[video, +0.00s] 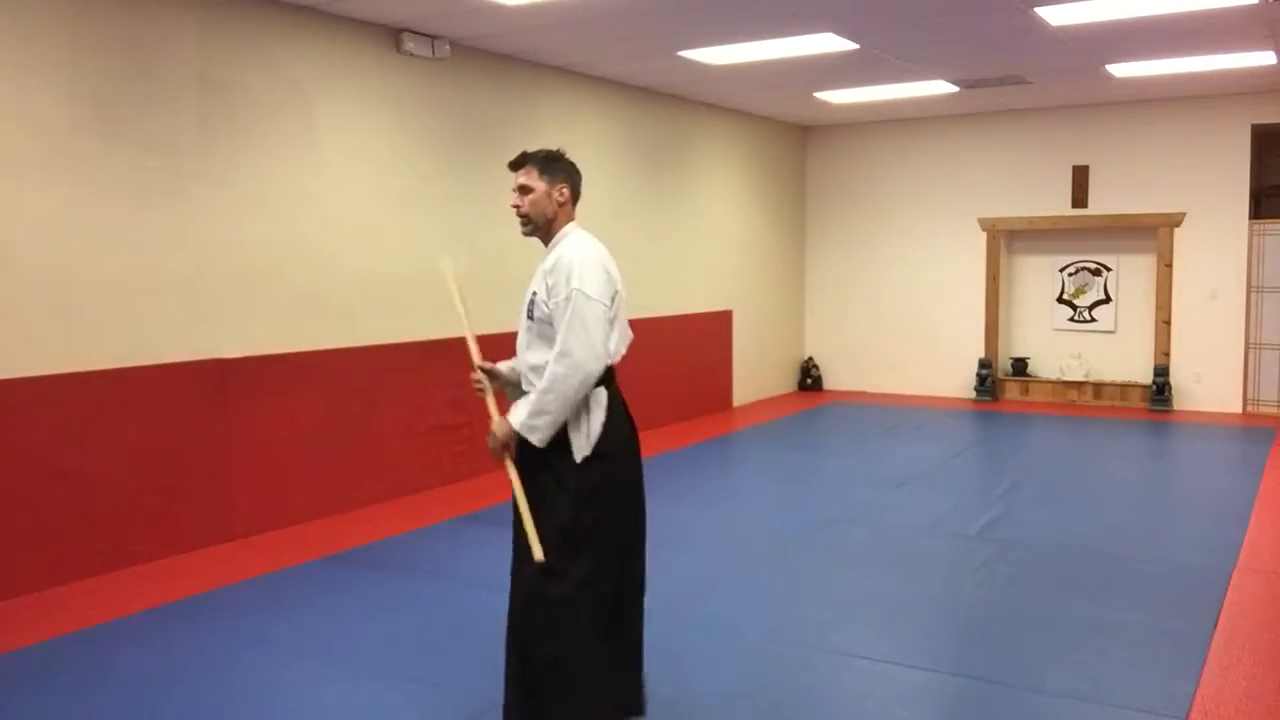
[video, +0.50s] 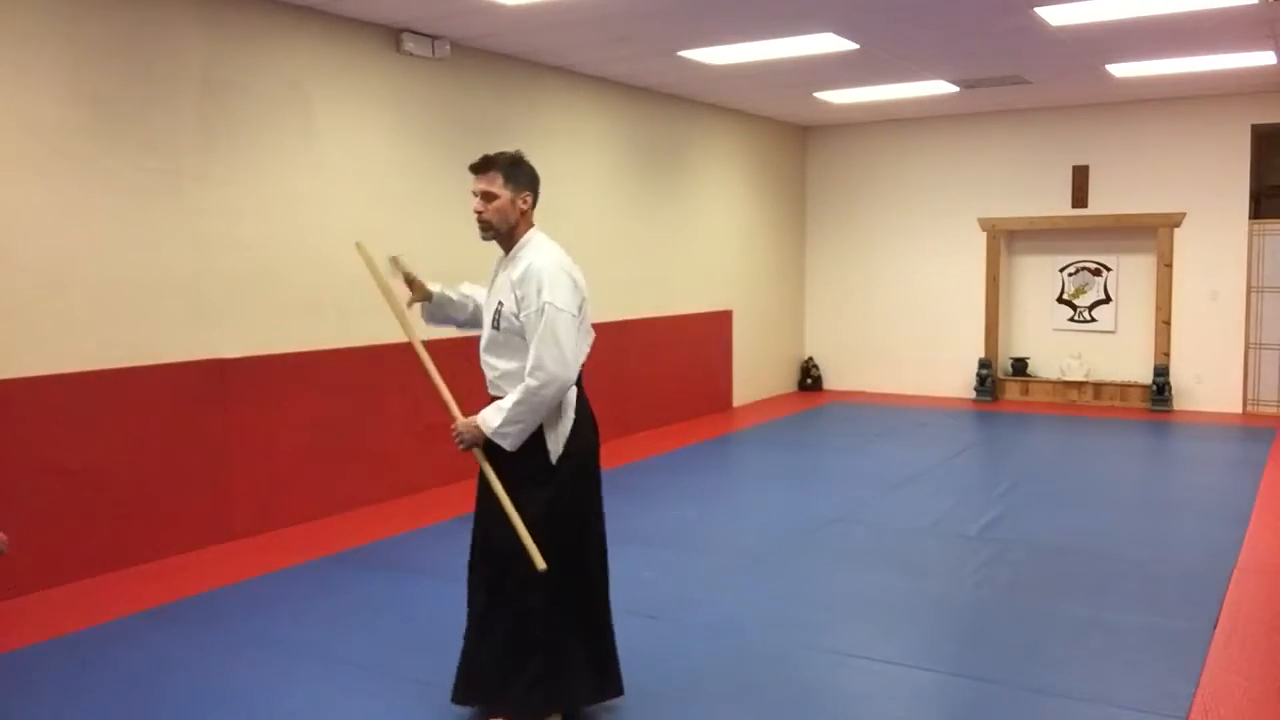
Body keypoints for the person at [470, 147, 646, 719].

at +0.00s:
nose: (515, 202)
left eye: (525, 190)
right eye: (514, 192)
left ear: (562, 194)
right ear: (552, 198)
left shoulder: (581, 259)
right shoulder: (558, 259)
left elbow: (582, 360)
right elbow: (554, 353)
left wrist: (521, 423)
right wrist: (506, 374)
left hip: (586, 437)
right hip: (559, 433)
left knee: (578, 586)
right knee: (552, 585)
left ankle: (582, 707)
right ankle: (554, 705)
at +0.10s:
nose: (510, 201)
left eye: (520, 190)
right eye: (509, 191)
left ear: (556, 194)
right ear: (544, 198)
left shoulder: (575, 259)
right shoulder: (549, 260)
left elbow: (573, 357)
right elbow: (539, 352)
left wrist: (509, 414)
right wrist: (488, 366)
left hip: (579, 435)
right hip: (550, 432)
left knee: (574, 576)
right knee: (535, 574)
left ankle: (574, 702)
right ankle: (539, 701)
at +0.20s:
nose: (503, 201)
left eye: (513, 191)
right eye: (502, 191)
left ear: (549, 195)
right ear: (534, 199)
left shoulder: (566, 259)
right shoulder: (541, 261)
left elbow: (565, 360)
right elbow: (529, 354)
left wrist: (501, 416)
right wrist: (471, 347)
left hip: (572, 432)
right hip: (543, 430)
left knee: (570, 568)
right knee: (536, 569)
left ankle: (573, 698)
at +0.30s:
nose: (493, 200)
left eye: (504, 190)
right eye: (493, 190)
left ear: (540, 196)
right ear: (522, 199)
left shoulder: (555, 259)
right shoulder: (533, 261)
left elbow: (558, 363)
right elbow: (517, 341)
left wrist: (498, 421)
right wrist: (453, 325)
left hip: (561, 430)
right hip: (537, 427)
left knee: (542, 564)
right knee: (540, 563)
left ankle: (537, 699)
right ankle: (551, 694)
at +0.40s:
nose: (483, 203)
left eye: (494, 192)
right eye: (483, 192)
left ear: (529, 199)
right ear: (513, 201)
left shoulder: (548, 264)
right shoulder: (522, 261)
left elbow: (552, 371)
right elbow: (503, 325)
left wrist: (491, 423)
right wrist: (437, 309)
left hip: (556, 430)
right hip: (526, 427)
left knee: (542, 562)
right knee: (522, 560)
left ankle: (540, 697)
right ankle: (528, 693)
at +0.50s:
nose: (477, 209)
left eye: (487, 198)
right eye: (475, 198)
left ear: (523, 201)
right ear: (504, 204)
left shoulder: (546, 270)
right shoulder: (514, 262)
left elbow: (551, 377)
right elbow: (494, 313)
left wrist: (489, 425)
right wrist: (432, 297)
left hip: (552, 434)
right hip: (516, 430)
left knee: (541, 565)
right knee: (506, 562)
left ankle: (547, 696)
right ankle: (511, 693)